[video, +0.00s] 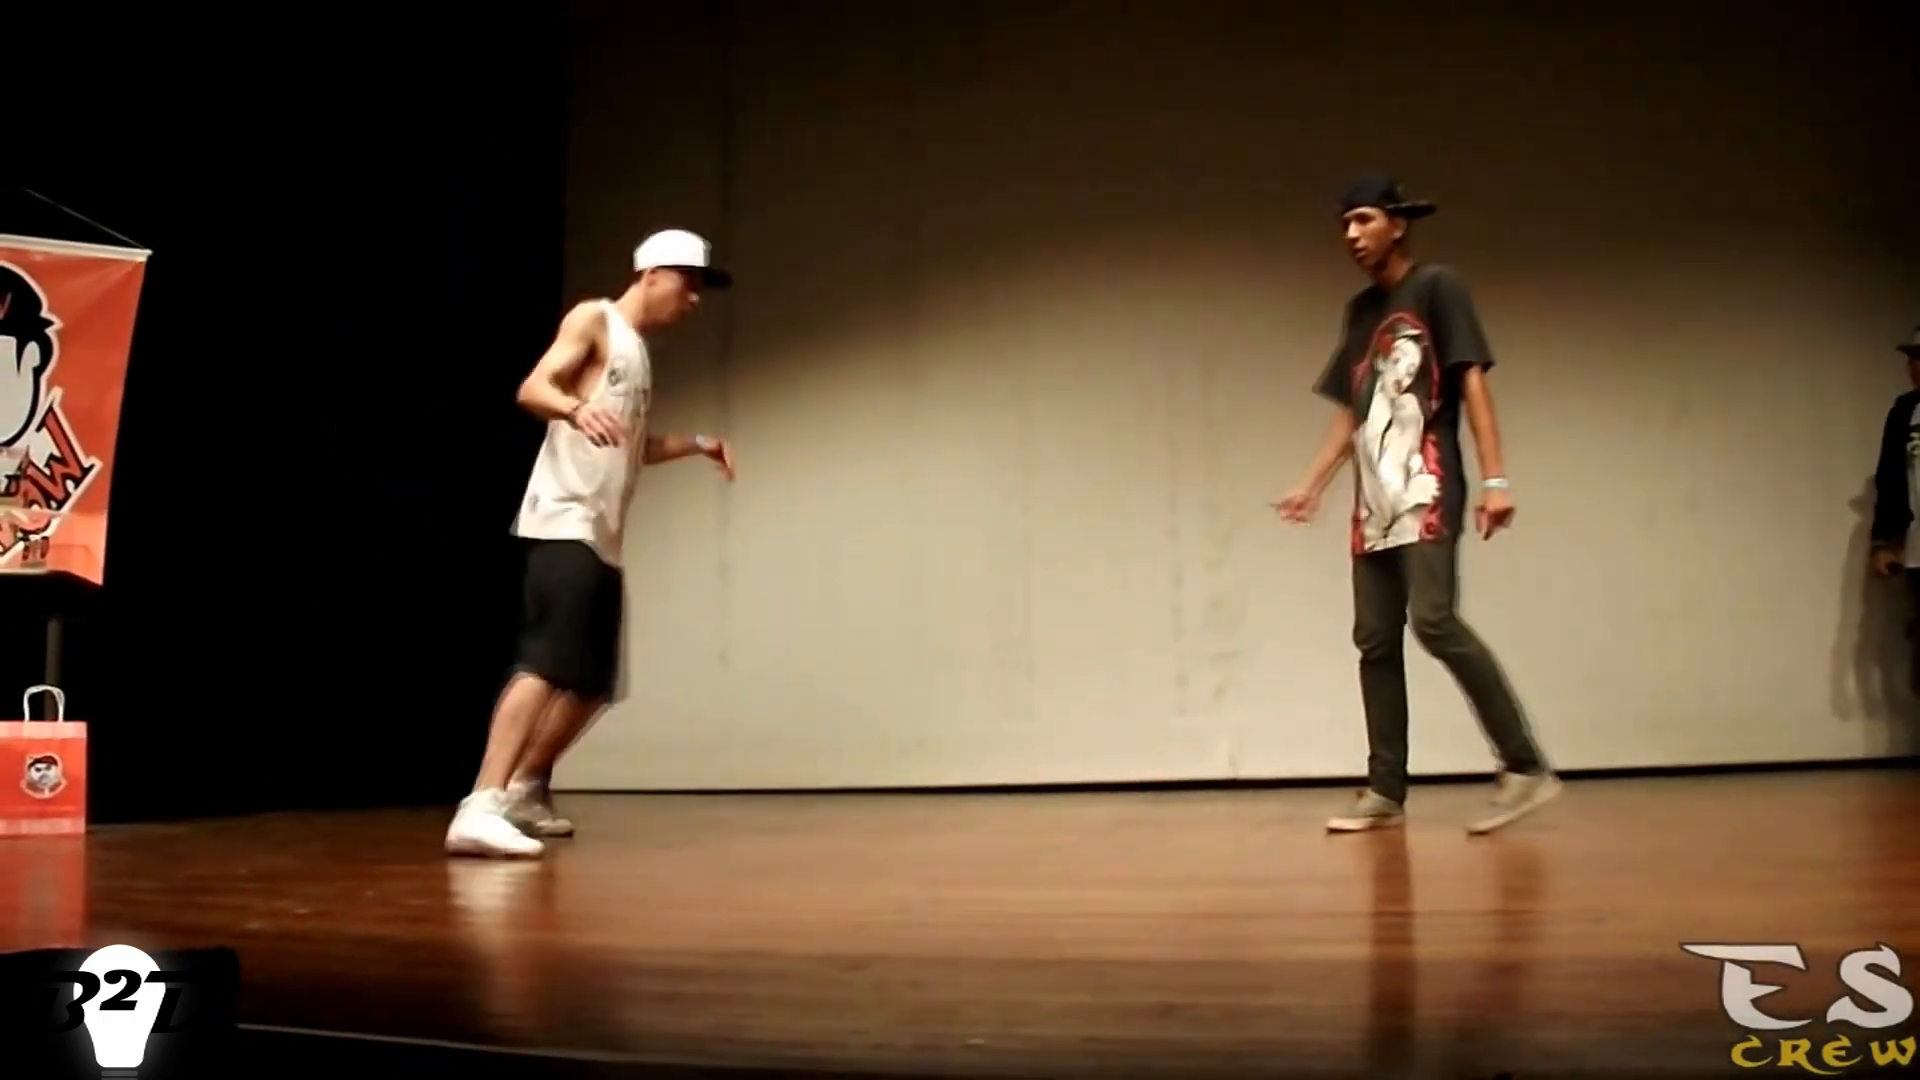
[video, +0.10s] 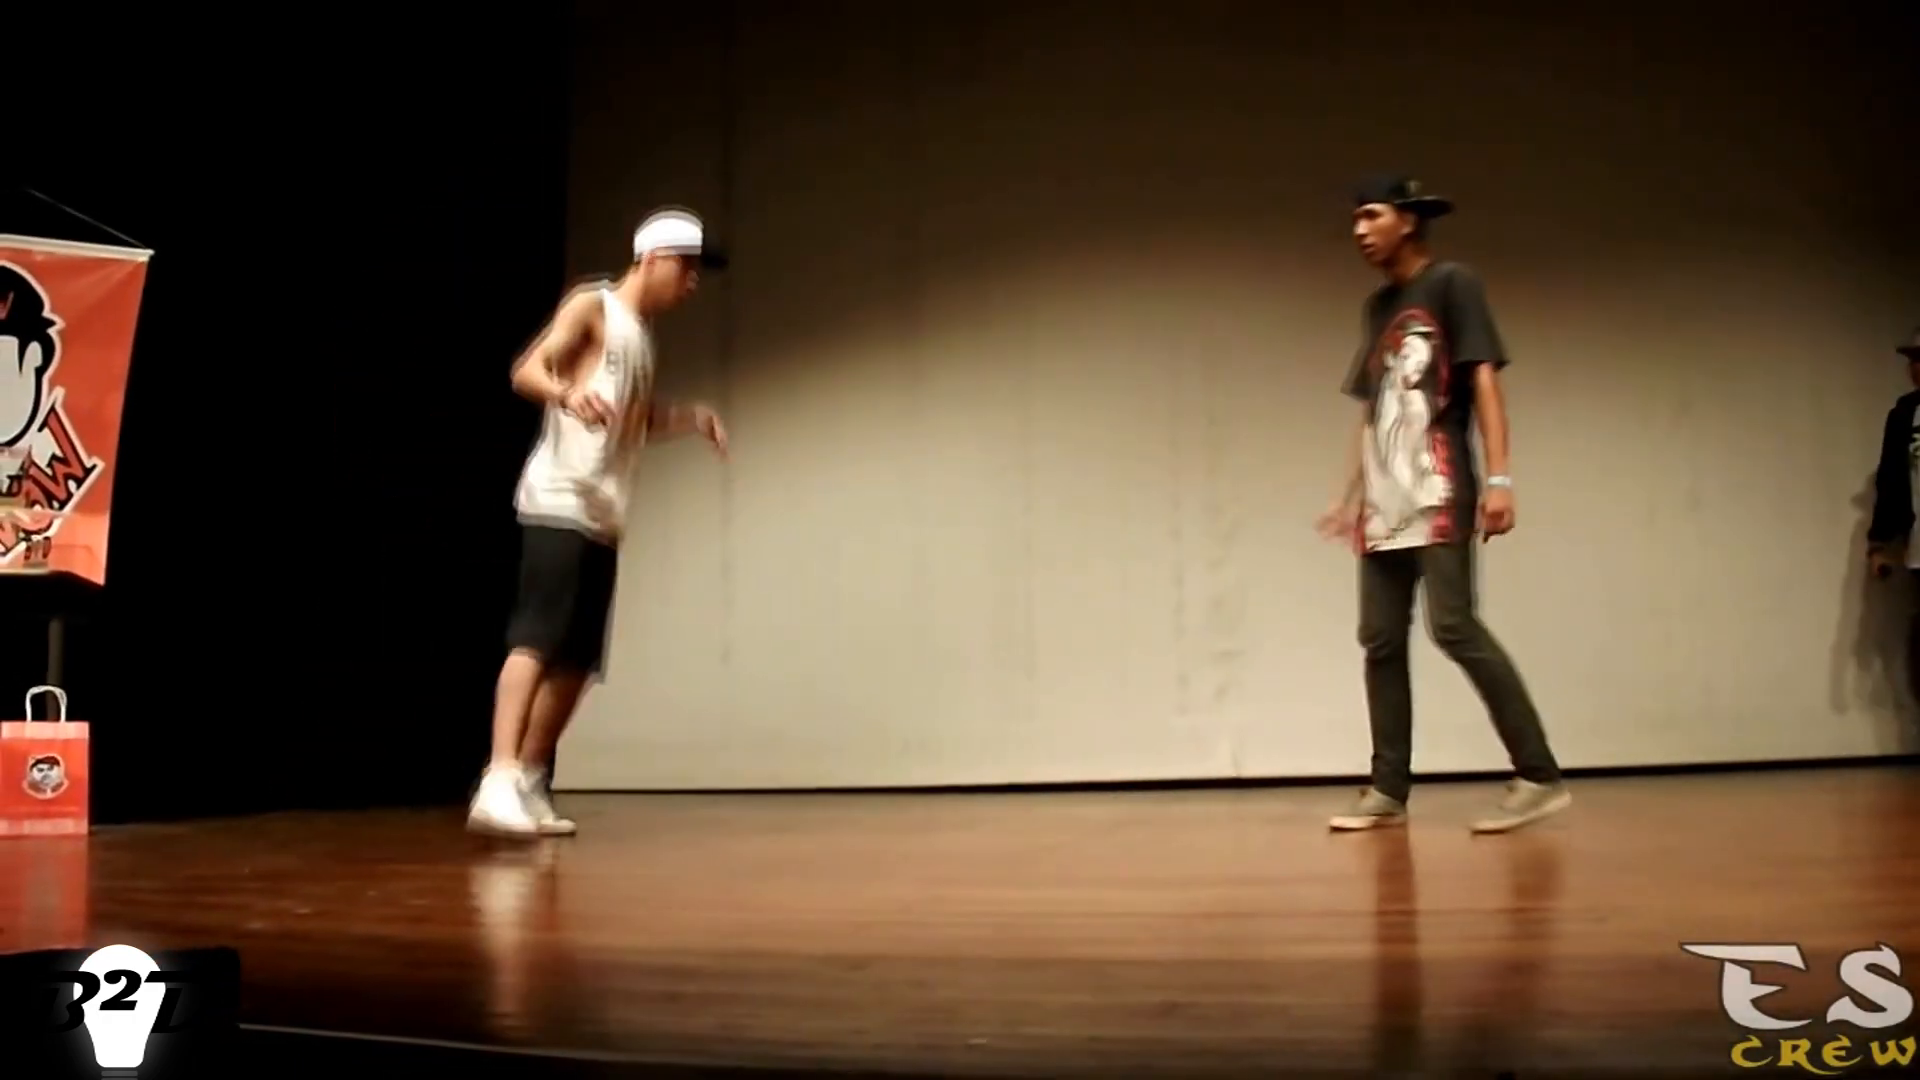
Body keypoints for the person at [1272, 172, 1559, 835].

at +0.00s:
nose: (1353, 233)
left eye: (1364, 220)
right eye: (1347, 224)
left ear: (1398, 225)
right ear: (1346, 236)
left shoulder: (1437, 287)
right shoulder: (1360, 309)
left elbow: (1472, 383)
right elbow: (1350, 413)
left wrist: (1494, 479)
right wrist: (1311, 483)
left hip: (1428, 493)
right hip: (1372, 502)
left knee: (1435, 623)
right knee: (1375, 641)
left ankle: (1528, 769)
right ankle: (1385, 793)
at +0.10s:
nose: (1359, 231)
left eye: (1369, 218)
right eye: (1356, 221)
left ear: (1408, 221)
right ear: (1372, 231)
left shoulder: (1452, 285)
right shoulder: (1380, 305)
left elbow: (1485, 383)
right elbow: (1374, 414)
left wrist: (1498, 481)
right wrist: (1354, 495)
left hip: (1443, 496)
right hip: (1384, 502)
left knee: (1454, 626)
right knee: (1380, 640)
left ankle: (1541, 779)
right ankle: (1388, 792)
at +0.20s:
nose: (1376, 229)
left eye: (1387, 216)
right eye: (1374, 218)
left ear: (1425, 220)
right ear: (1390, 229)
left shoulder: (1471, 283)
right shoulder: (1402, 304)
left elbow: (1498, 378)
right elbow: (1403, 410)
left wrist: (1496, 473)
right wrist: (1393, 501)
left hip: (1464, 494)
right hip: (1409, 499)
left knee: (1477, 630)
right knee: (1397, 639)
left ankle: (1543, 784)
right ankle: (1392, 792)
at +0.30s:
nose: (1394, 224)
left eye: (1407, 212)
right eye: (1395, 214)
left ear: (1446, 219)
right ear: (1421, 226)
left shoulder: (1488, 278)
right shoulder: (1434, 298)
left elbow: (1512, 366)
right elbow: (1440, 403)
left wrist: (1492, 458)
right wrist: (1428, 496)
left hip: (1490, 486)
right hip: (1442, 488)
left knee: (1507, 631)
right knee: (1425, 635)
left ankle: (1550, 790)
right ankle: (1400, 790)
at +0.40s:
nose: (1414, 221)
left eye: (1426, 208)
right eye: (1415, 210)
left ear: (1464, 214)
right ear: (1443, 221)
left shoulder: (1505, 271)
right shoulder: (1459, 292)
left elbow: (1525, 354)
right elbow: (1465, 399)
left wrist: (1494, 432)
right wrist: (1449, 498)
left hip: (1515, 488)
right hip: (1469, 492)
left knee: (1528, 630)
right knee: (1440, 624)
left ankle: (1552, 790)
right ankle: (1451, 788)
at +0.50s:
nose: (1435, 214)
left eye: (1447, 203)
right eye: (1438, 204)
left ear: (1484, 209)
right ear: (1473, 213)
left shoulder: (1524, 268)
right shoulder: (1484, 285)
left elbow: (1537, 353)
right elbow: (1498, 382)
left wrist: (1502, 431)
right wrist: (1488, 461)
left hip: (1534, 481)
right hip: (1492, 481)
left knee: (1541, 629)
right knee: (1455, 619)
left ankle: (1553, 793)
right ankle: (1532, 761)